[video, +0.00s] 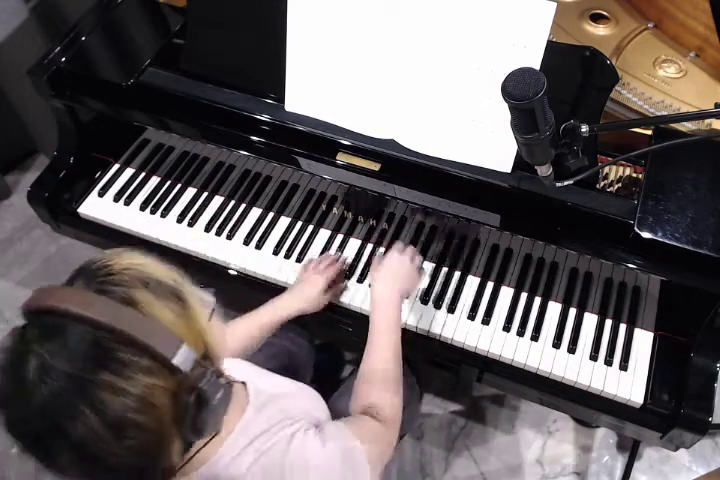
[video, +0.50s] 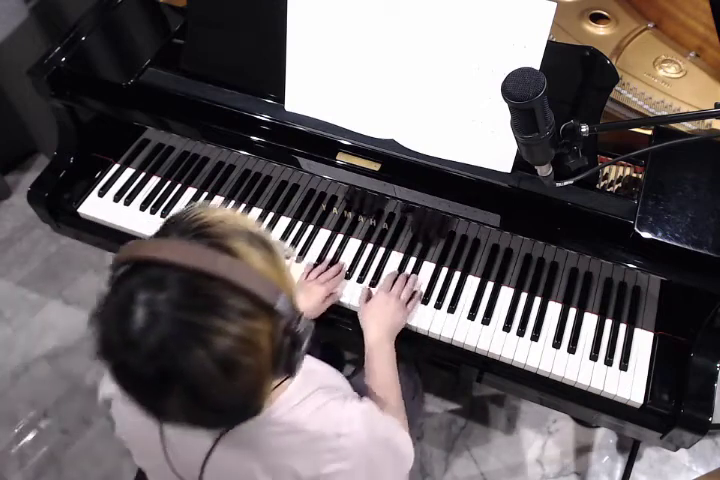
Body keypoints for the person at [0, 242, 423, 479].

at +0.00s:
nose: (200, 295)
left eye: (185, 292)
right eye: (187, 300)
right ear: (180, 362)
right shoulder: (288, 462)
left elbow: (208, 350)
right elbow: (378, 423)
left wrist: (294, 301)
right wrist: (387, 301)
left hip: (251, 377)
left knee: (292, 337)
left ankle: (316, 387)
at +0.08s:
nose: (213, 290)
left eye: (200, 287)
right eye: (200, 296)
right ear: (193, 364)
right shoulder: (295, 457)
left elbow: (215, 355)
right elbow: (380, 434)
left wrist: (291, 307)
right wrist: (387, 316)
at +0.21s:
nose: (244, 284)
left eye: (233, 283)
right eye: (236, 292)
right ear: (222, 355)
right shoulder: (319, 446)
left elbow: (216, 359)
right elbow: (384, 442)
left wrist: (291, 310)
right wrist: (383, 322)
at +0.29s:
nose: (258, 289)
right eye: (250, 292)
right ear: (233, 352)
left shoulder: (115, 407)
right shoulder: (316, 439)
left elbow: (191, 357)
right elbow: (389, 449)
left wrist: (288, 313)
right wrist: (382, 327)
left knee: (302, 339)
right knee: (388, 366)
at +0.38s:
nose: (271, 281)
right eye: (259, 282)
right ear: (252, 348)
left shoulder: (117, 390)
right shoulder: (319, 431)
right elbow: (392, 450)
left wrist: (285, 311)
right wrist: (381, 335)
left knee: (311, 340)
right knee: (393, 368)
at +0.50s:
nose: (289, 264)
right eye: (282, 272)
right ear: (275, 344)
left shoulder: (122, 387)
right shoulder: (337, 432)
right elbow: (395, 444)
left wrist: (295, 313)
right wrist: (380, 338)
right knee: (395, 366)